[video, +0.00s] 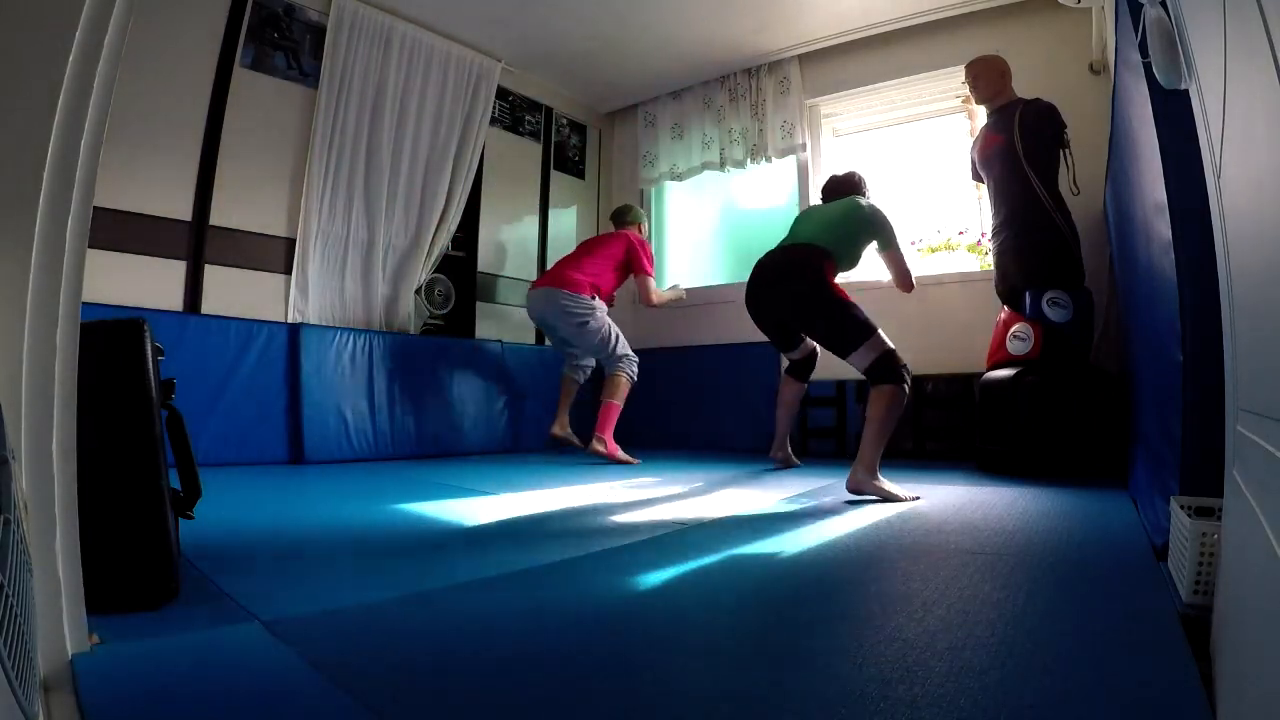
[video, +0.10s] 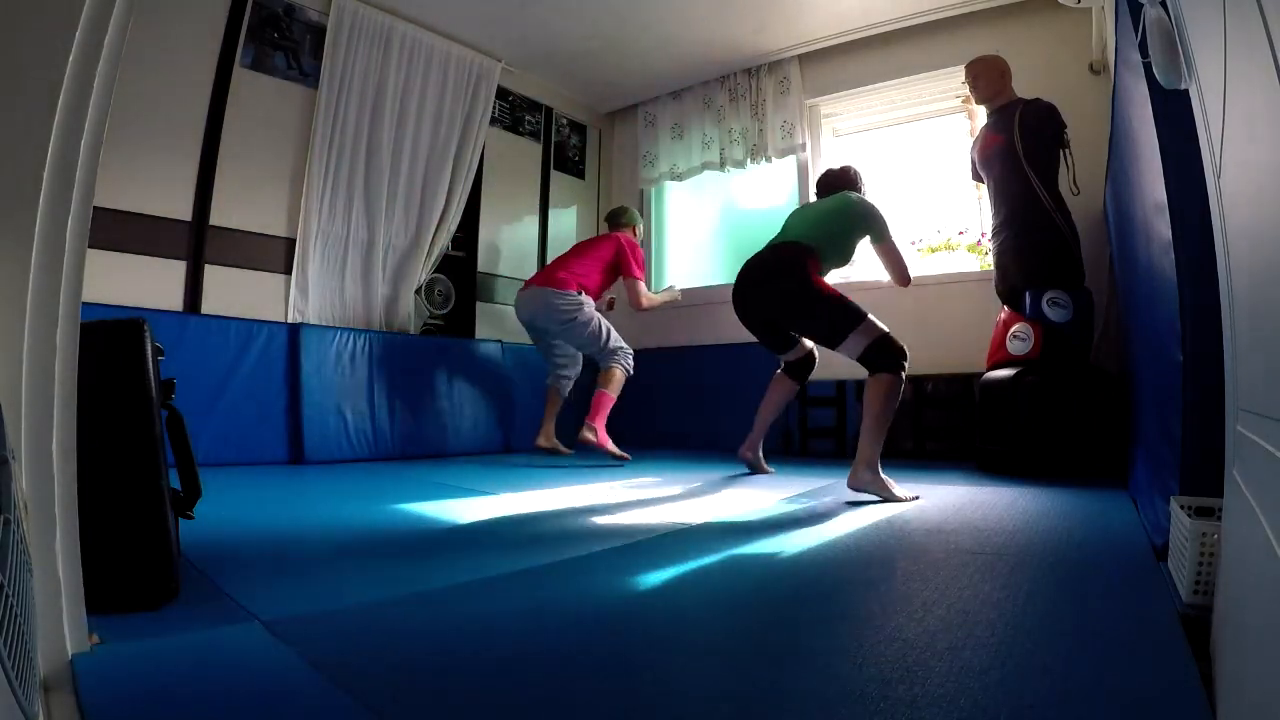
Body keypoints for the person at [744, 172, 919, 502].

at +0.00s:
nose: (868, 195)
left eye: (865, 191)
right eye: (866, 191)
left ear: (826, 198)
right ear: (861, 195)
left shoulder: (809, 212)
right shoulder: (869, 212)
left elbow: (795, 254)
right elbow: (906, 283)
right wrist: (895, 266)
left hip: (761, 287)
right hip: (808, 286)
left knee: (803, 357)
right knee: (891, 373)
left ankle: (780, 448)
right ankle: (865, 472)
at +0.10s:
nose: (864, 192)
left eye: (861, 187)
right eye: (862, 188)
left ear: (822, 194)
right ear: (856, 190)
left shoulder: (803, 211)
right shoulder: (862, 207)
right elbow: (903, 278)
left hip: (746, 290)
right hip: (792, 284)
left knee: (801, 359)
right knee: (888, 357)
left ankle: (752, 444)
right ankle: (866, 469)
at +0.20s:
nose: (859, 191)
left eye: (857, 186)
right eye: (857, 187)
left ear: (816, 192)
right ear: (850, 190)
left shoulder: (797, 210)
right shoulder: (851, 207)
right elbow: (896, 276)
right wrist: (871, 242)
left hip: (733, 291)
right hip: (777, 281)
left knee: (792, 368)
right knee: (880, 348)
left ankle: (748, 457)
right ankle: (860, 457)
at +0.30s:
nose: (852, 186)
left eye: (850, 181)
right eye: (850, 182)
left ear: (810, 185)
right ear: (844, 182)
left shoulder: (788, 204)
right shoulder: (847, 199)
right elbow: (892, 271)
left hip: (728, 284)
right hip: (772, 279)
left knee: (783, 367)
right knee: (862, 371)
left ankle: (747, 458)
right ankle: (817, 478)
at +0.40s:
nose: (848, 178)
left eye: (845, 173)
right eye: (846, 173)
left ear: (804, 176)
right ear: (840, 173)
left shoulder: (784, 195)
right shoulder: (845, 190)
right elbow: (888, 265)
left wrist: (809, 303)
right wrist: (892, 276)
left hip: (719, 273)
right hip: (767, 268)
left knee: (772, 354)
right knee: (857, 370)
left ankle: (746, 450)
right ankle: (814, 487)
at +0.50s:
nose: (843, 172)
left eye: (841, 166)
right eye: (841, 167)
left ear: (799, 170)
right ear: (834, 168)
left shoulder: (780, 191)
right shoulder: (837, 186)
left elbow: (797, 271)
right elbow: (880, 264)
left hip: (702, 270)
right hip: (750, 263)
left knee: (763, 356)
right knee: (854, 347)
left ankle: (715, 454)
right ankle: (816, 479)